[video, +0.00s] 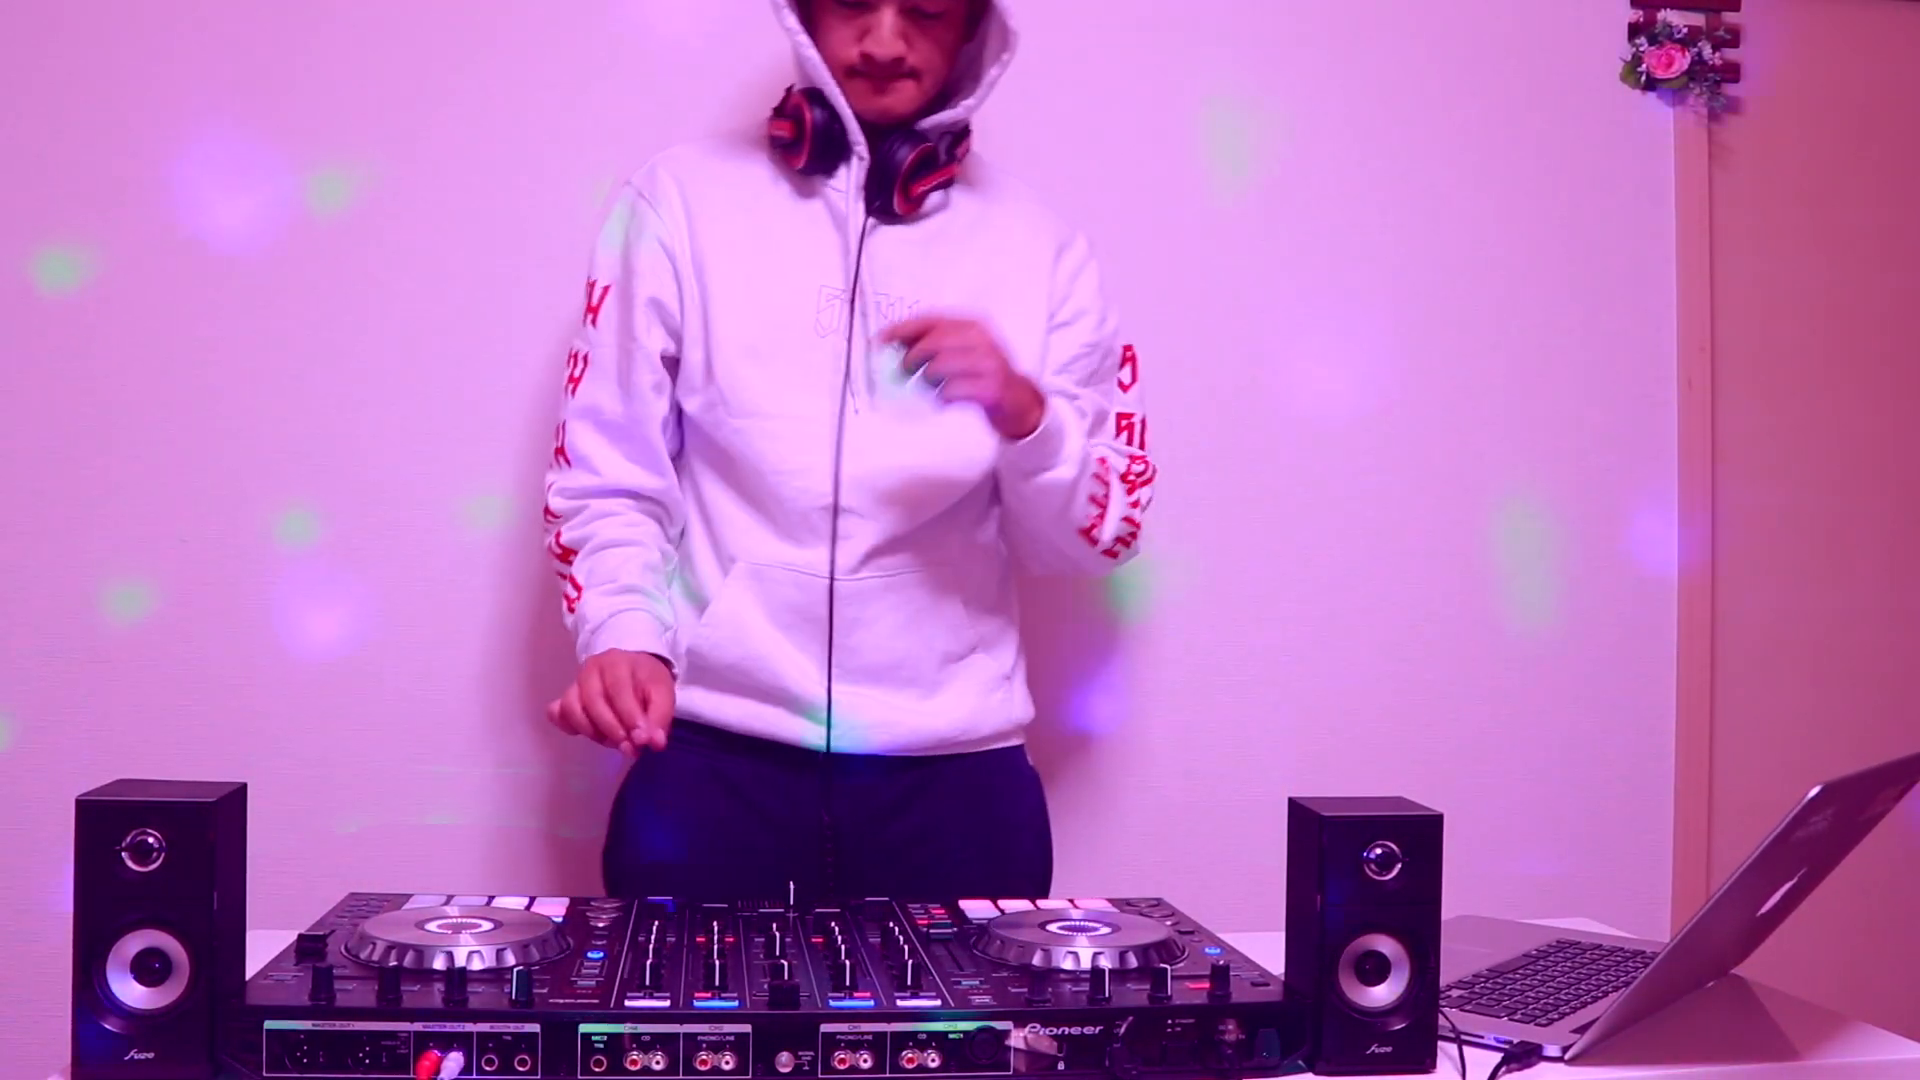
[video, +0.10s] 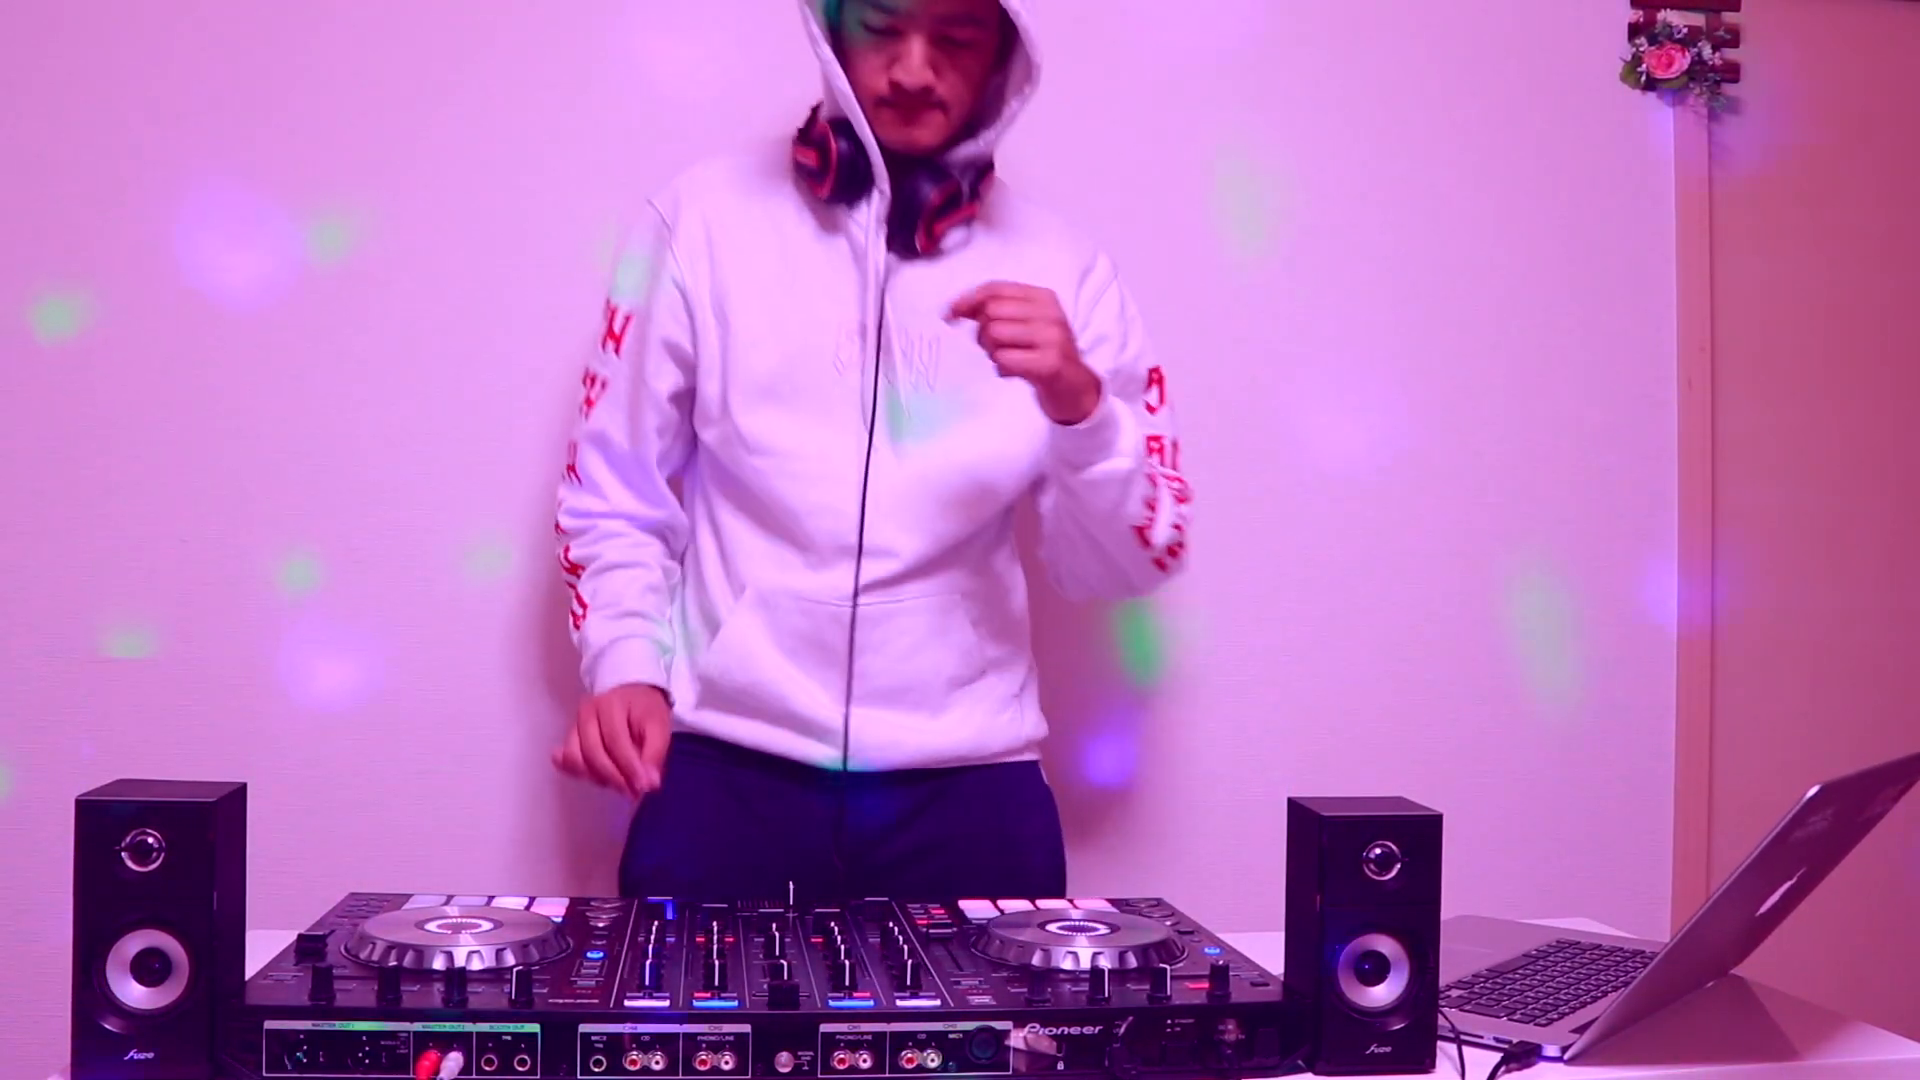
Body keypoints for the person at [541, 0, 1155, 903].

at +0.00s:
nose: (883, 43)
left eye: (924, 12)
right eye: (851, 5)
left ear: (971, 31)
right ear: (803, 14)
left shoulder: (1038, 249)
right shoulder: (681, 205)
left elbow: (1100, 534)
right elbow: (608, 476)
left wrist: (1023, 412)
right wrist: (623, 635)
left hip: (956, 784)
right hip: (715, 772)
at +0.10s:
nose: (913, 70)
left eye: (957, 39)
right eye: (880, 28)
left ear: (1001, 59)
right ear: (828, 34)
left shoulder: (1059, 264)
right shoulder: (706, 223)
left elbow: (1131, 559)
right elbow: (615, 484)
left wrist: (1077, 406)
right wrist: (624, 667)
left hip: (969, 797)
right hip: (728, 785)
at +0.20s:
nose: (926, 94)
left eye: (970, 60)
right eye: (894, 46)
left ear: (1018, 72)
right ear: (845, 34)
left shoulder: (1073, 261)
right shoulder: (724, 215)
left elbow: (1169, 548)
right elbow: (637, 469)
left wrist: (1130, 431)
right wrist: (640, 630)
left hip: (986, 795)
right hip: (749, 779)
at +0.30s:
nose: (920, 71)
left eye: (962, 37)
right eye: (885, 31)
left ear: (1009, 40)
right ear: (840, 29)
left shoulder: (1089, 245)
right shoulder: (726, 215)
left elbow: (1222, 454)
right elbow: (661, 441)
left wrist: (1118, 507)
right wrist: (650, 517)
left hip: (990, 799)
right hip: (756, 787)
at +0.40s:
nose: (893, 70)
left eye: (935, 35)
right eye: (859, 33)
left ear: (989, 44)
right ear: (819, 41)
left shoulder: (1092, 246)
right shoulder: (740, 233)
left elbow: (1243, 458)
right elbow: (659, 519)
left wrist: (1088, 630)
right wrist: (642, 438)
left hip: (987, 800)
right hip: (755, 789)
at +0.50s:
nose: (859, 59)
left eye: (896, 24)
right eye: (824, 22)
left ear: (952, 28)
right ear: (786, 31)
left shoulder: (1077, 215)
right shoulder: (727, 221)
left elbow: (1207, 477)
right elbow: (628, 491)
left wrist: (1109, 713)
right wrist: (671, 335)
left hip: (975, 783)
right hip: (743, 763)